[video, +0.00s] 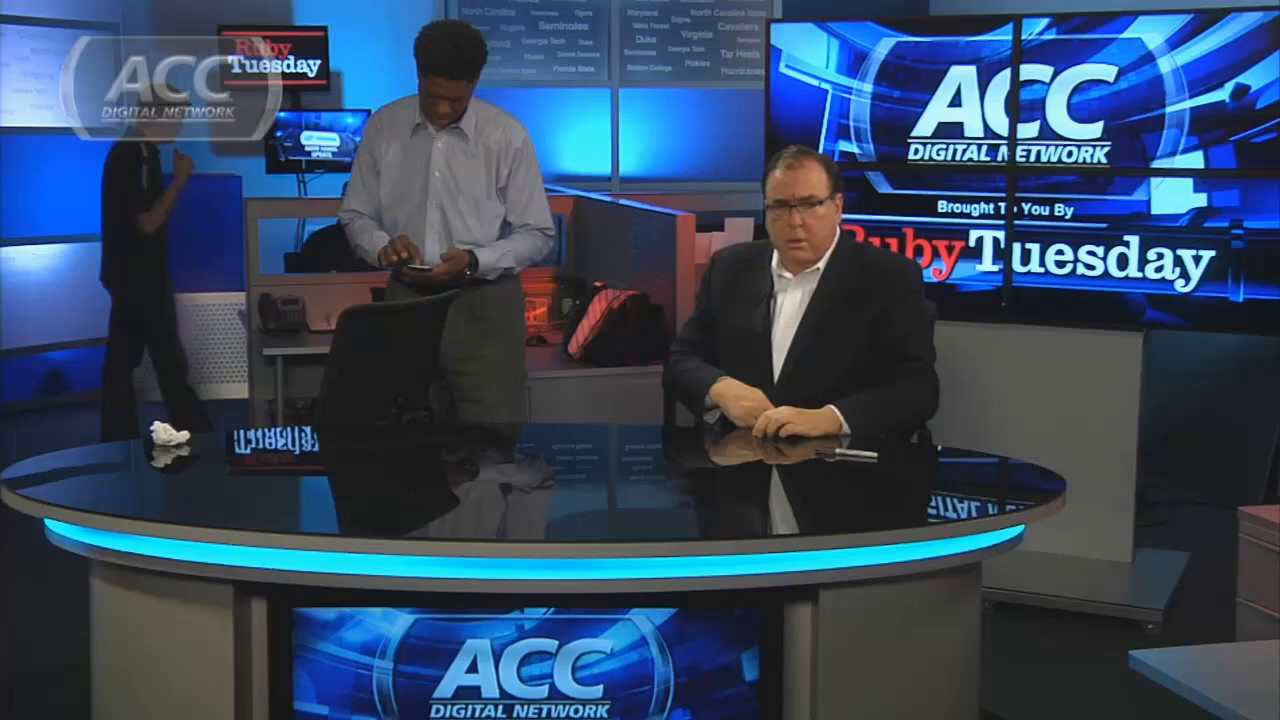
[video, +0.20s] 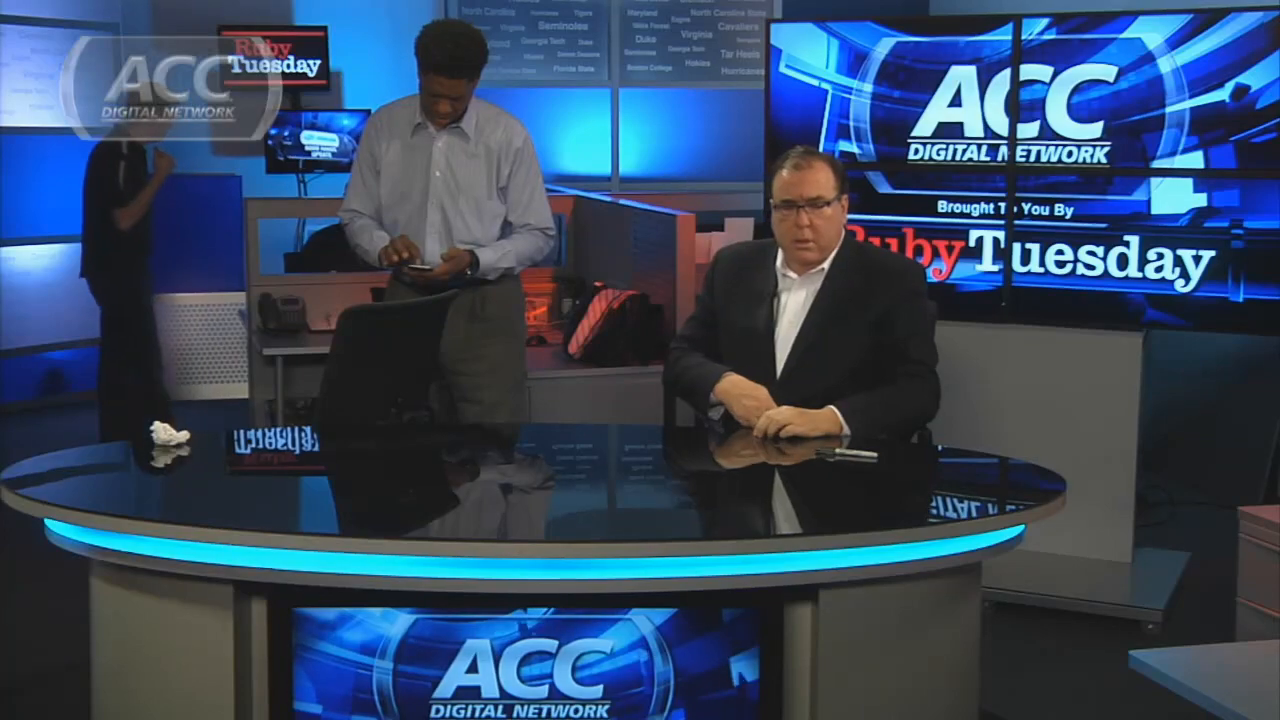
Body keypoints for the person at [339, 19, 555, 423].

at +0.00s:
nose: (443, 110)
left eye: (456, 99)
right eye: (433, 97)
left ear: (474, 83)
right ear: (419, 77)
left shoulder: (507, 136)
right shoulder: (383, 127)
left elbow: (537, 235)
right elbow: (355, 216)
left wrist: (475, 259)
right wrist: (382, 246)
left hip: (485, 313)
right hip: (407, 311)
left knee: (489, 449)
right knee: (407, 450)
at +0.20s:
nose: (443, 109)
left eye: (456, 98)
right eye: (433, 95)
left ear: (476, 82)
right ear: (420, 75)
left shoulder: (507, 136)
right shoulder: (383, 127)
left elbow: (538, 235)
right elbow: (355, 216)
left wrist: (475, 258)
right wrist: (382, 246)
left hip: (485, 313)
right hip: (406, 310)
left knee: (489, 447)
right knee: (406, 449)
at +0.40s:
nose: (443, 109)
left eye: (456, 98)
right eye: (434, 95)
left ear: (476, 82)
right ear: (420, 75)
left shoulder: (508, 136)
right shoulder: (383, 127)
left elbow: (538, 235)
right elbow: (355, 216)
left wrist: (475, 258)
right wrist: (382, 247)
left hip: (485, 313)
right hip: (407, 311)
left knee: (489, 448)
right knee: (407, 450)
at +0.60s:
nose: (443, 109)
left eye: (456, 98)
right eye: (433, 95)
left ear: (476, 82)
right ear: (420, 75)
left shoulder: (508, 137)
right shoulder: (383, 127)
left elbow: (538, 236)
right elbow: (355, 215)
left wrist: (475, 258)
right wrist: (381, 247)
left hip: (485, 314)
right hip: (406, 311)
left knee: (489, 448)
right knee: (407, 450)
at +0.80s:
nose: (443, 109)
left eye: (456, 99)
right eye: (433, 96)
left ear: (476, 82)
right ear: (420, 75)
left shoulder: (508, 137)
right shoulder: (383, 127)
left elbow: (538, 237)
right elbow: (355, 215)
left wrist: (475, 259)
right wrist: (381, 247)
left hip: (485, 314)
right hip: (406, 311)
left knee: (489, 449)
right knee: (406, 451)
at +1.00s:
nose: (443, 110)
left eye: (456, 100)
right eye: (433, 97)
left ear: (475, 83)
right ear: (420, 77)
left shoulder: (508, 137)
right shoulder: (383, 127)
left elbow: (538, 237)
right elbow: (355, 216)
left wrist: (475, 260)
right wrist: (382, 247)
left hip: (485, 314)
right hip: (406, 312)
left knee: (489, 449)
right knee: (406, 451)